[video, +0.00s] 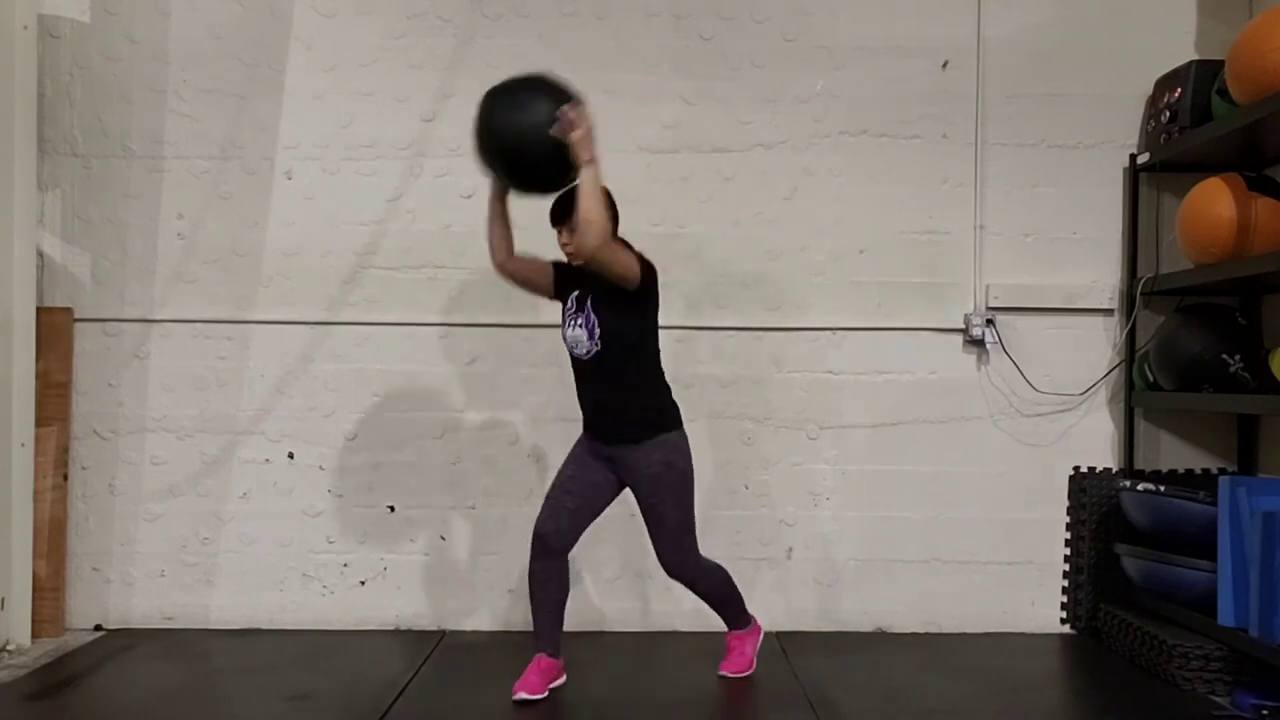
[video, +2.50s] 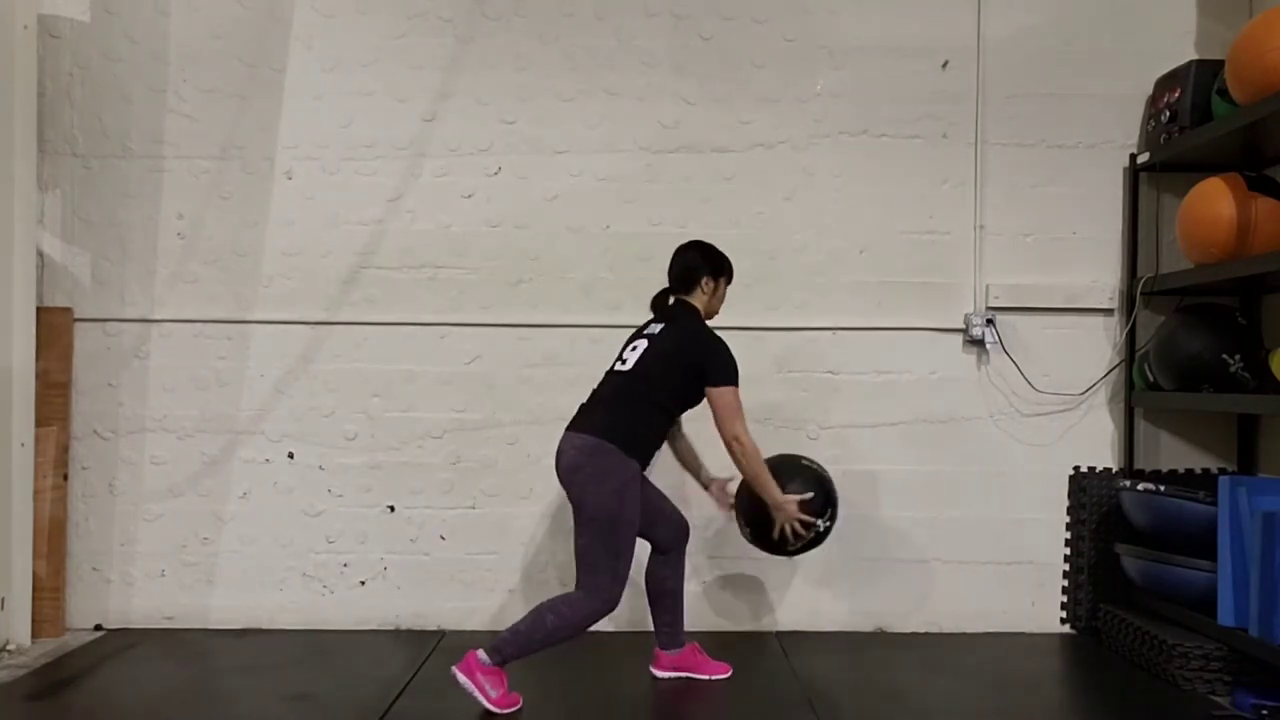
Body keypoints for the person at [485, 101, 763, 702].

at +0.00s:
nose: (562, 237)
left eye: (570, 227)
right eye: (557, 229)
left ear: (599, 226)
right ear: (558, 235)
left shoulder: (634, 276)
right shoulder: (568, 281)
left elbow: (594, 242)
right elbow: (506, 260)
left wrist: (585, 157)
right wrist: (499, 188)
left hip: (655, 446)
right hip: (599, 446)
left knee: (680, 560)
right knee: (548, 540)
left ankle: (743, 627)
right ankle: (548, 657)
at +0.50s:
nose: (507, 309)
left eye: (515, 298)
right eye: (504, 299)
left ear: (551, 298)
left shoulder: (591, 358)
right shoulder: (525, 373)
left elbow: (598, 455)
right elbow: (517, 452)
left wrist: (551, 523)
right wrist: (483, 505)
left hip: (647, 483)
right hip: (591, 479)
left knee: (663, 603)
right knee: (534, 551)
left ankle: (744, 627)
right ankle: (550, 659)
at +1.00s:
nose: (528, 232)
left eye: (538, 219)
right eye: (519, 223)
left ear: (565, 219)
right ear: (514, 231)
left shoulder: (593, 271)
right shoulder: (519, 294)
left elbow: (558, 325)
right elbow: (482, 371)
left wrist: (482, 290)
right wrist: (417, 341)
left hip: (625, 435)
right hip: (564, 439)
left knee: (673, 542)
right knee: (534, 547)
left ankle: (725, 623)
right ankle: (549, 659)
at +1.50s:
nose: (626, 210)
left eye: (629, 201)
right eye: (615, 200)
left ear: (631, 209)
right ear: (586, 204)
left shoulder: (630, 250)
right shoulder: (571, 257)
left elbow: (660, 184)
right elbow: (579, 201)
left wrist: (617, 124)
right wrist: (566, 114)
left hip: (637, 425)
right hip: (588, 427)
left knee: (667, 537)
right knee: (582, 547)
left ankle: (671, 647)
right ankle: (525, 652)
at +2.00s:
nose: (689, 278)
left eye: (690, 268)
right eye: (689, 268)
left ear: (644, 262)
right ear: (674, 264)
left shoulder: (619, 306)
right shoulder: (667, 314)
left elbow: (681, 337)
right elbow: (738, 352)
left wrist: (712, 316)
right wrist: (780, 302)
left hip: (589, 465)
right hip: (601, 471)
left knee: (680, 532)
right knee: (607, 602)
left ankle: (671, 649)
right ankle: (492, 660)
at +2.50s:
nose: (725, 298)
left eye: (726, 288)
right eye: (724, 287)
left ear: (681, 283)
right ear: (708, 285)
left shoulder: (656, 331)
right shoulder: (709, 346)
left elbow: (668, 424)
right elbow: (737, 438)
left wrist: (709, 482)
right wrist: (777, 500)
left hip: (585, 451)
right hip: (603, 461)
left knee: (672, 532)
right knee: (599, 595)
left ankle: (672, 649)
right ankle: (486, 661)